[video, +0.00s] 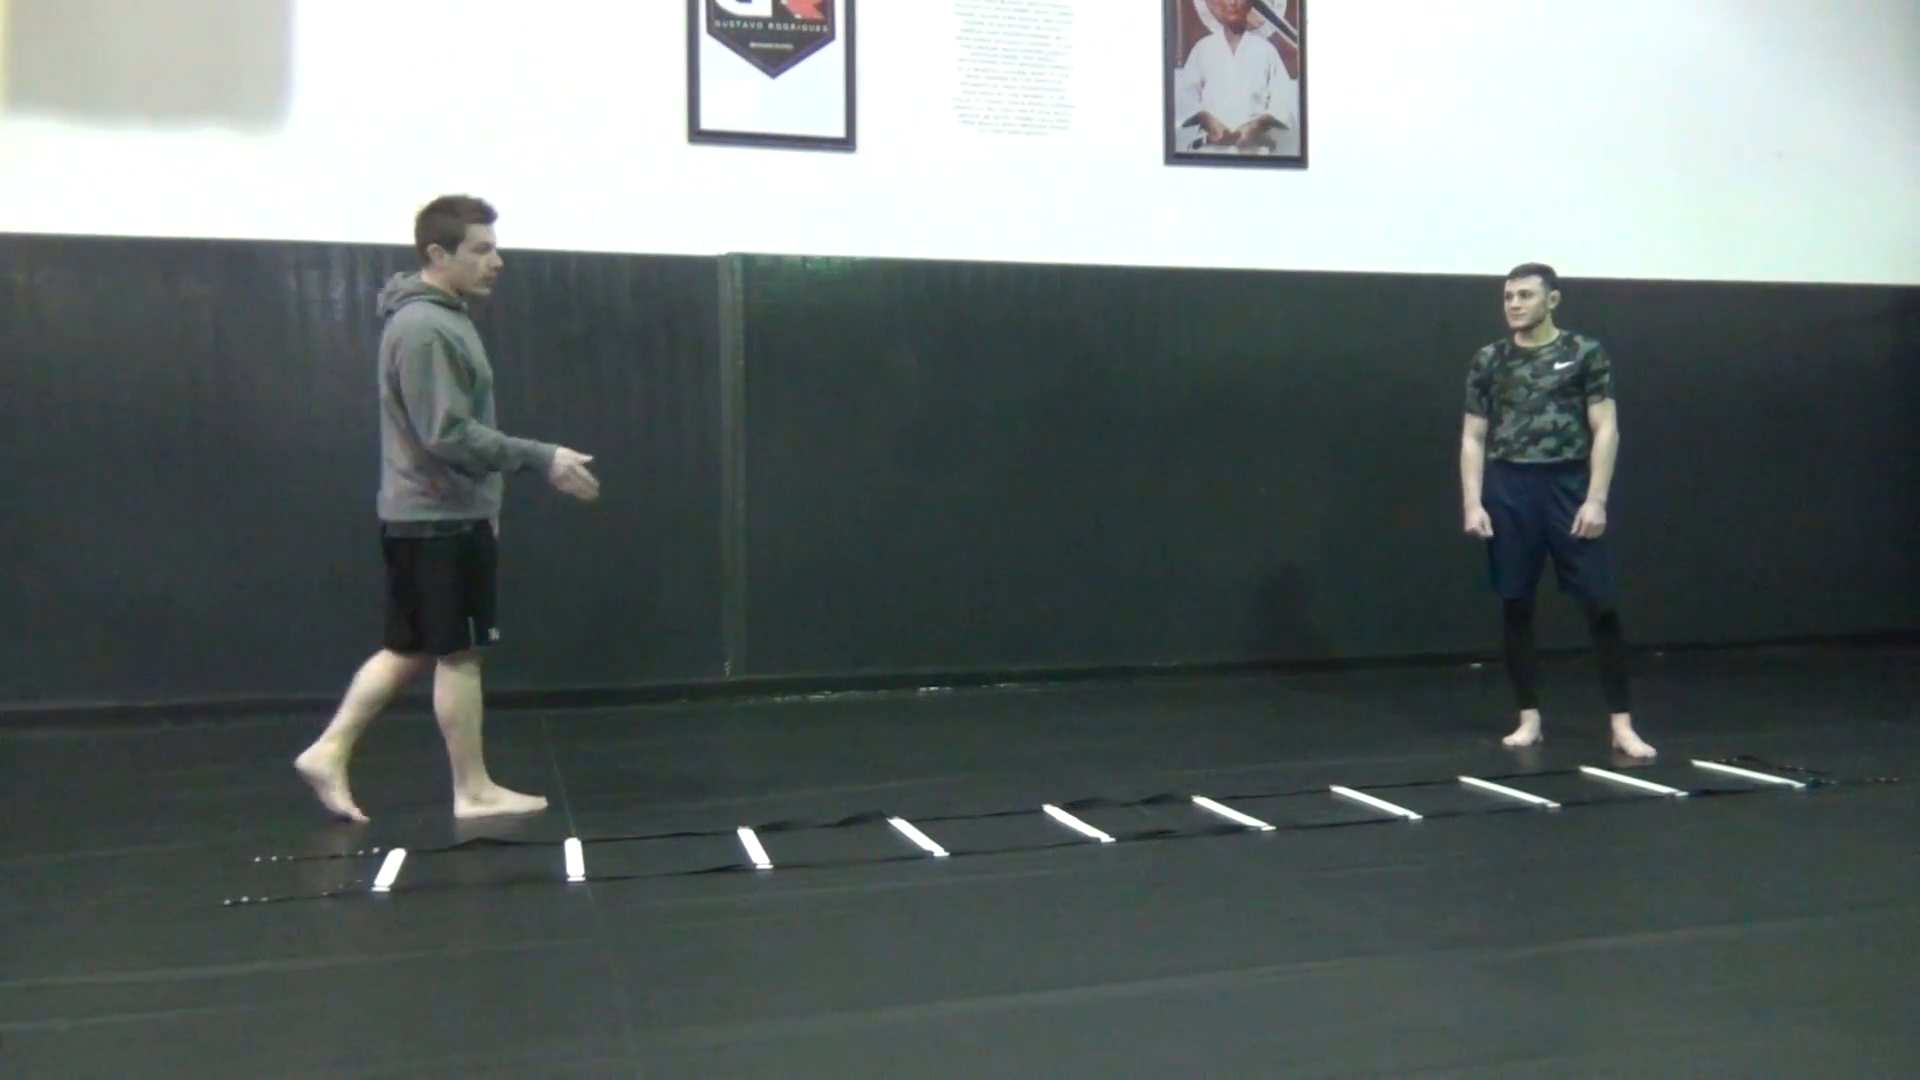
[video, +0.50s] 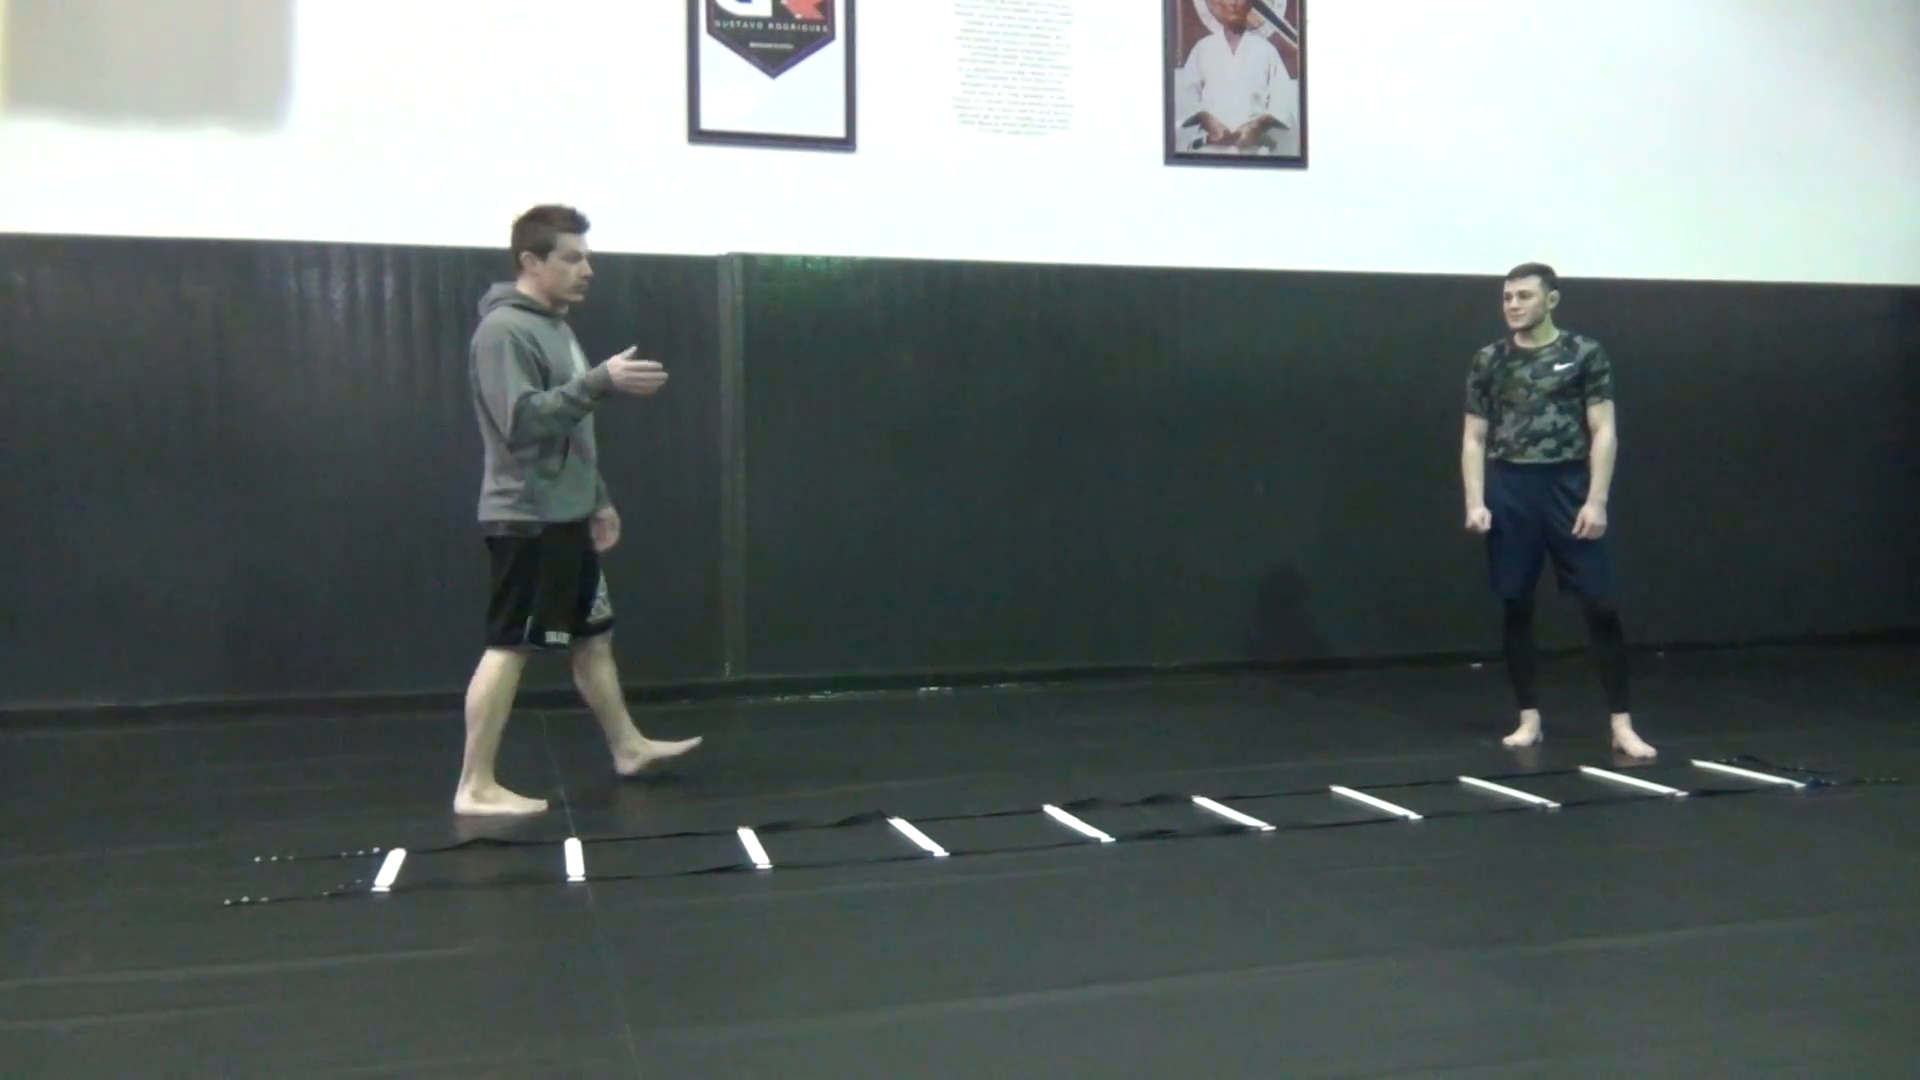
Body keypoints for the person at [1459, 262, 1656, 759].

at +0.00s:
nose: (1514, 304)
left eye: (1525, 296)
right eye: (1509, 297)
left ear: (1552, 300)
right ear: (1504, 304)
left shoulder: (1586, 353)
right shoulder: (1489, 360)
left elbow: (1605, 429)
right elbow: (1473, 437)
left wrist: (1596, 499)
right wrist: (1472, 502)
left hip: (1570, 490)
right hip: (1508, 491)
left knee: (1602, 604)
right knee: (1515, 605)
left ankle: (1621, 724)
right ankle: (1528, 718)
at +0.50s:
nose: (1513, 305)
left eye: (1524, 296)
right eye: (1508, 298)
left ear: (1551, 300)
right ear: (1503, 304)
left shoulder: (1586, 353)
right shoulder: (1489, 361)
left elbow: (1603, 431)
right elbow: (1474, 437)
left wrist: (1597, 499)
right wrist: (1474, 499)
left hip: (1570, 489)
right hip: (1509, 491)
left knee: (1600, 603)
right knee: (1515, 604)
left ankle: (1620, 723)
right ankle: (1528, 717)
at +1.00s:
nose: (1509, 303)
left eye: (1520, 295)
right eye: (1504, 296)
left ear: (1549, 300)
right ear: (1501, 304)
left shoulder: (1585, 353)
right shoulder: (1488, 360)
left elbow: (1603, 429)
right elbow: (1474, 437)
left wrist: (1600, 499)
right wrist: (1475, 503)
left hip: (1570, 489)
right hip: (1509, 491)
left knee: (1600, 603)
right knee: (1515, 605)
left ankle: (1620, 723)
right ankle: (1528, 718)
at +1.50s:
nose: (1509, 304)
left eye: (1520, 296)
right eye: (1504, 297)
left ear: (1549, 300)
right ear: (1501, 304)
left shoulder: (1585, 353)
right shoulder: (1489, 360)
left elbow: (1602, 429)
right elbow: (1474, 438)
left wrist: (1598, 499)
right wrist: (1473, 505)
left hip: (1569, 490)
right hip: (1508, 491)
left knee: (1601, 604)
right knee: (1515, 606)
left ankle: (1621, 724)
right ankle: (1528, 718)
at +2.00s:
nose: (1510, 305)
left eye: (1521, 296)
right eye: (1505, 297)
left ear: (1550, 301)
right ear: (1502, 304)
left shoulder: (1587, 354)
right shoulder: (1489, 360)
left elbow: (1604, 429)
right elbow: (1472, 436)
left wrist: (1601, 500)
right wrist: (1470, 504)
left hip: (1570, 489)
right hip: (1508, 491)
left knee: (1600, 603)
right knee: (1514, 605)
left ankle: (1621, 723)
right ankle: (1528, 717)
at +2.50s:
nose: (1511, 305)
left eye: (1522, 296)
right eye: (1507, 297)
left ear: (1552, 300)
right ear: (1505, 303)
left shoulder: (1588, 353)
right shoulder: (1490, 359)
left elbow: (1605, 429)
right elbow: (1474, 437)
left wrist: (1601, 500)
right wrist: (1473, 504)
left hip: (1571, 490)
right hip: (1509, 491)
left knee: (1602, 605)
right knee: (1516, 606)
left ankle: (1621, 724)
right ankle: (1528, 718)